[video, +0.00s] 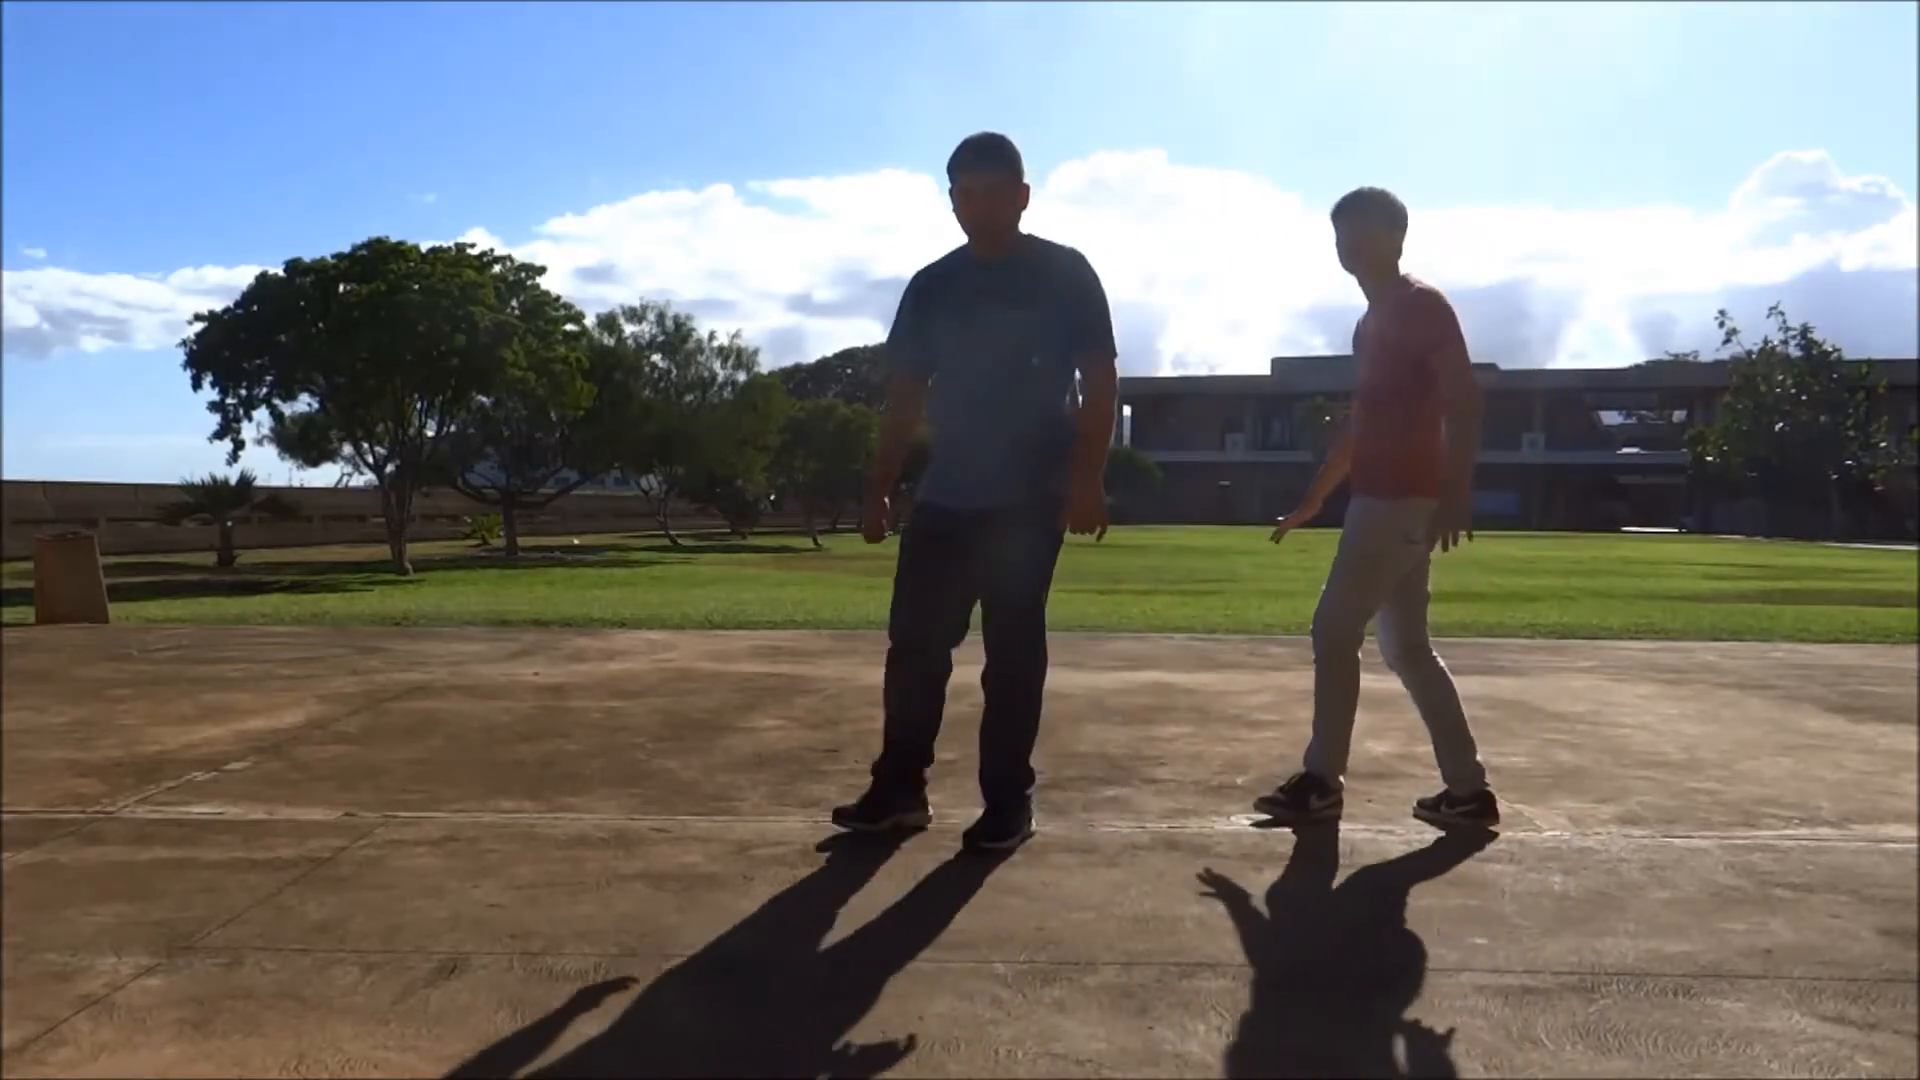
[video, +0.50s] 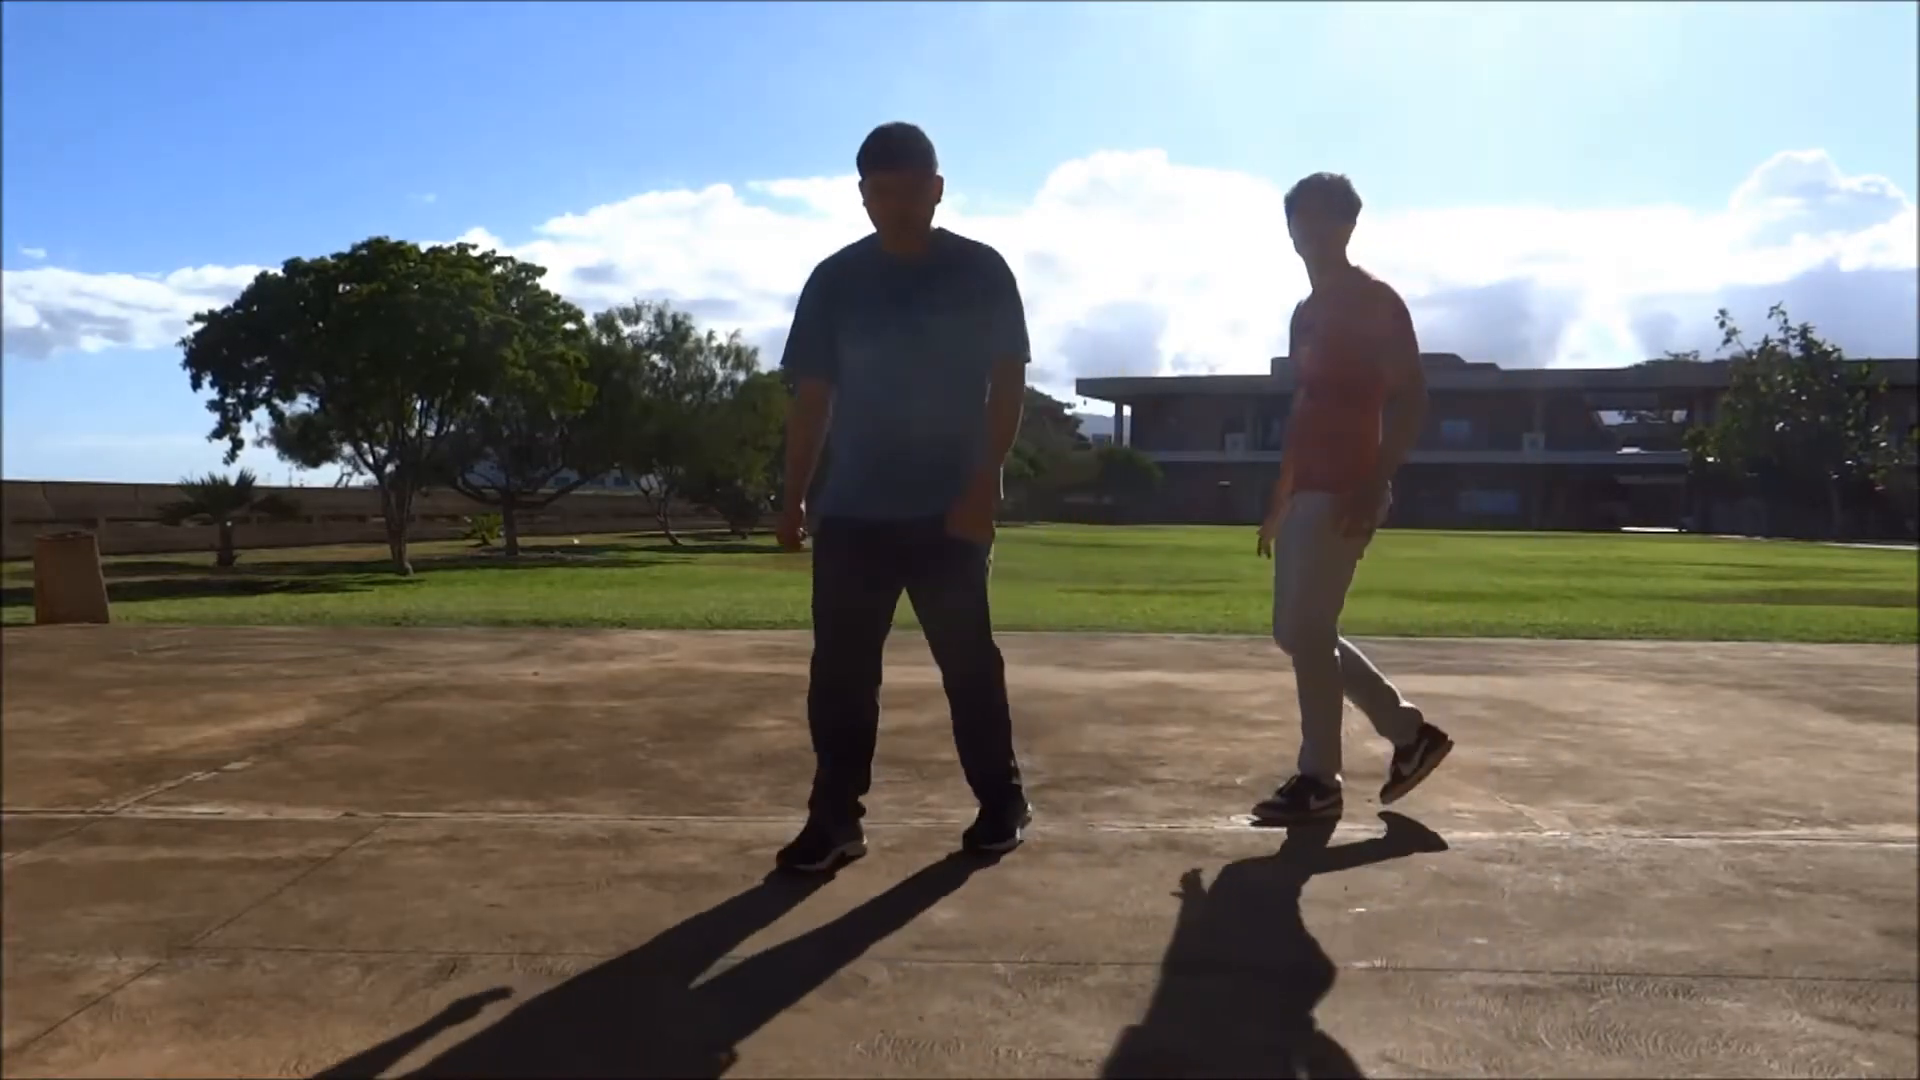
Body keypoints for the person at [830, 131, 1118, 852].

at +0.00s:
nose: (970, 204)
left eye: (985, 189)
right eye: (960, 191)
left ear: (1021, 192)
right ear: (950, 197)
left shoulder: (1068, 275)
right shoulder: (930, 286)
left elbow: (1100, 383)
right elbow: (904, 394)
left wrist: (1088, 478)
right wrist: (881, 484)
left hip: (1029, 496)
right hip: (944, 493)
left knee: (1012, 653)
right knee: (915, 643)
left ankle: (1007, 801)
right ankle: (898, 789)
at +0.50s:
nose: (892, 202)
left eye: (906, 186)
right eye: (878, 188)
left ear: (936, 185)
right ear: (861, 192)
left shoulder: (981, 271)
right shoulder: (833, 279)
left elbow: (1009, 380)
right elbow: (811, 395)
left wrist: (985, 481)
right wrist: (794, 492)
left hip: (948, 510)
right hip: (852, 513)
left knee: (969, 666)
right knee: (839, 674)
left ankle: (1000, 802)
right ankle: (834, 819)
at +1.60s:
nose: (776, 191)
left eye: (780, 171)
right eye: (770, 176)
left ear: (831, 147)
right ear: (811, 160)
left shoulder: (920, 234)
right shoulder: (800, 255)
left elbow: (951, 367)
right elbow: (778, 379)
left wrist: (930, 487)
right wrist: (746, 487)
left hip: (886, 502)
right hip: (802, 505)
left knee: (881, 673)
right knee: (778, 656)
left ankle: (889, 866)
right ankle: (817, 810)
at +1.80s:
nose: (760, 191)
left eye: (759, 170)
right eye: (753, 175)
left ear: (798, 147)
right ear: (797, 152)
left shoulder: (881, 219)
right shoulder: (812, 252)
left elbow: (880, 348)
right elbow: (809, 386)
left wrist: (840, 462)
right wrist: (778, 493)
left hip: (876, 499)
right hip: (814, 502)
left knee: (878, 676)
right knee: (780, 662)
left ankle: (887, 871)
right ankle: (750, 829)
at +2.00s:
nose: (741, 202)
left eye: (736, 180)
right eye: (732, 186)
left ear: (768, 151)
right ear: (783, 149)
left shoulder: (835, 213)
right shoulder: (849, 228)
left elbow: (807, 346)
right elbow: (853, 371)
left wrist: (734, 458)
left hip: (848, 502)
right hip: (813, 504)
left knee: (864, 682)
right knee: (770, 665)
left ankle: (885, 871)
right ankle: (729, 832)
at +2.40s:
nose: (666, 208)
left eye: (663, 189)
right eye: (659, 194)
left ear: (695, 164)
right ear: (717, 163)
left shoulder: (749, 223)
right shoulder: (777, 230)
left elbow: (729, 356)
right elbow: (800, 372)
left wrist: (667, 470)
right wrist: (714, 476)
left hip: (761, 496)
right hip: (759, 494)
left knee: (779, 669)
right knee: (726, 665)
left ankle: (867, 853)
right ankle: (727, 841)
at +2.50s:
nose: (651, 213)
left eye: (648, 193)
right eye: (644, 198)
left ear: (679, 166)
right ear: (697, 164)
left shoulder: (731, 227)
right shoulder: (764, 232)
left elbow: (710, 362)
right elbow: (786, 372)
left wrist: (652, 472)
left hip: (738, 491)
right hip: (765, 486)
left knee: (726, 657)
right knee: (734, 656)